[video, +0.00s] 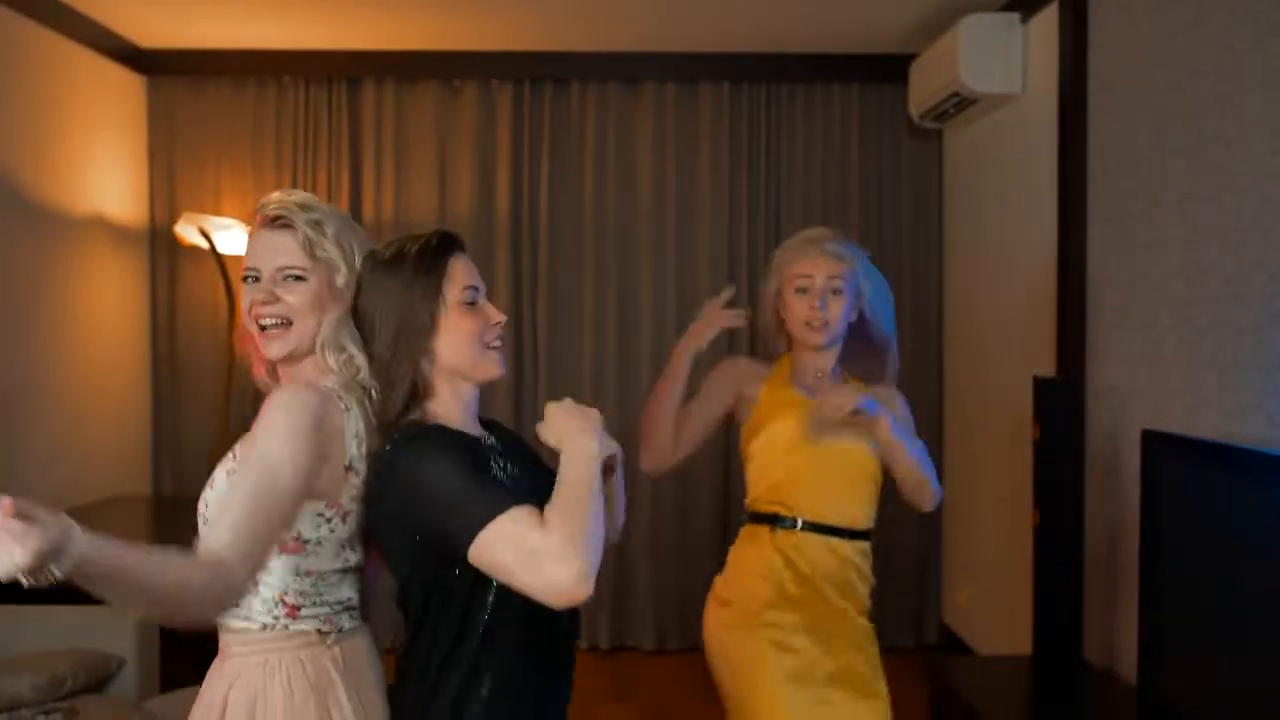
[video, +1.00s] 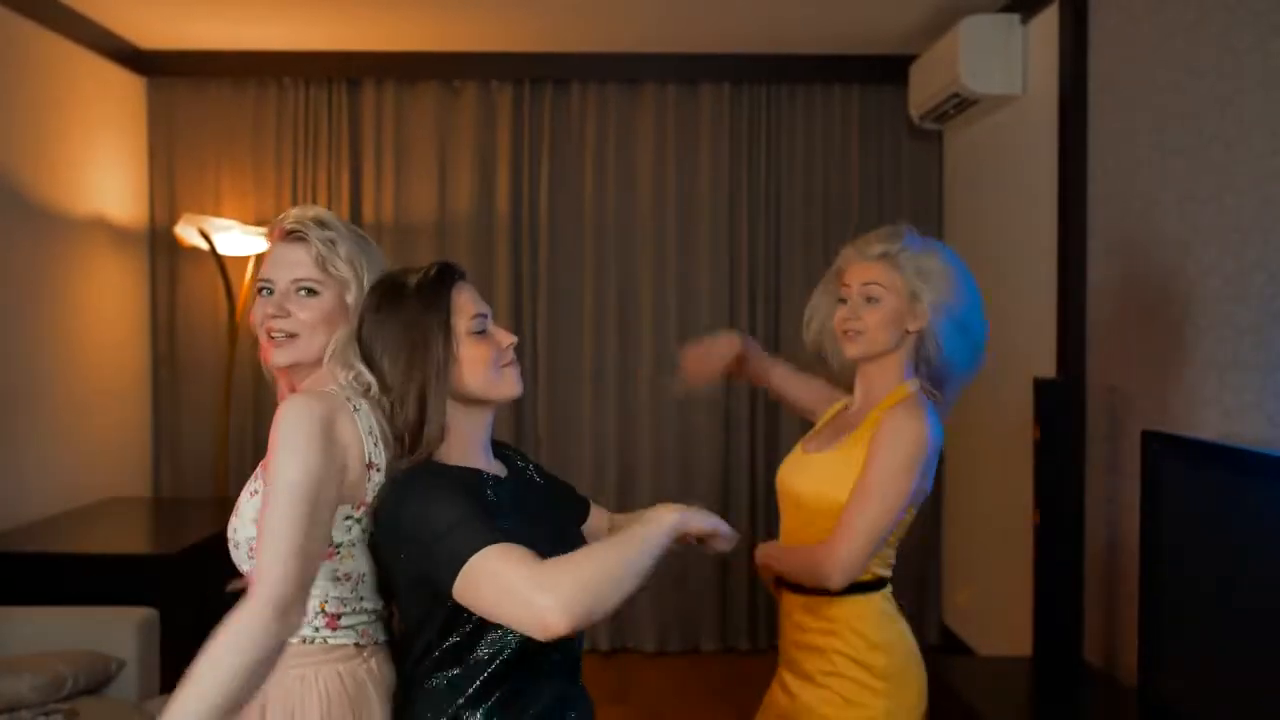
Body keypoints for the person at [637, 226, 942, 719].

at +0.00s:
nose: (818, 305)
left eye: (835, 291)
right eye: (802, 290)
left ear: (856, 306)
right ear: (779, 303)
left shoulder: (880, 398)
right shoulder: (744, 378)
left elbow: (926, 496)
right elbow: (656, 457)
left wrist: (876, 417)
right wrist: (687, 348)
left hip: (841, 604)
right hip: (757, 599)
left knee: (865, 709)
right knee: (779, 709)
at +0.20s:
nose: (808, 332)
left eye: (824, 319)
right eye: (793, 318)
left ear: (846, 335)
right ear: (770, 332)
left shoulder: (885, 415)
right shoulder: (733, 432)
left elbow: (913, 521)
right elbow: (677, 491)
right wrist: (682, 379)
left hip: (838, 641)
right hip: (744, 637)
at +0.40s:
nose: (808, 349)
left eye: (826, 338)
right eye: (794, 336)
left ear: (850, 358)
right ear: (773, 352)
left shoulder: (891, 436)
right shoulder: (754, 452)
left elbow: (893, 557)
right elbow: (684, 466)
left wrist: (769, 565)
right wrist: (695, 382)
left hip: (830, 666)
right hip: (739, 658)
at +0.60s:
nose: (829, 306)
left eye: (850, 293)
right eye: (815, 293)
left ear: (879, 309)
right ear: (799, 309)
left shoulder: (905, 397)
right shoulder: (770, 405)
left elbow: (879, 526)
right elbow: (657, 405)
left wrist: (755, 529)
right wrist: (700, 303)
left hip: (842, 633)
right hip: (754, 625)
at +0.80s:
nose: (841, 290)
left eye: (862, 275)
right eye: (830, 275)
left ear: (902, 290)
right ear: (818, 290)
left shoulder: (915, 382)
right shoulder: (802, 379)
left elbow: (867, 514)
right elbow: (675, 361)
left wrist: (761, 511)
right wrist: (690, 280)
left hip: (852, 629)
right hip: (776, 622)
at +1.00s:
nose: (848, 313)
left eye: (871, 298)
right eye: (843, 300)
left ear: (917, 316)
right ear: (832, 310)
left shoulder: (908, 420)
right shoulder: (847, 408)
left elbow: (836, 565)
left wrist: (768, 555)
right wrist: (736, 351)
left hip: (859, 669)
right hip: (803, 660)